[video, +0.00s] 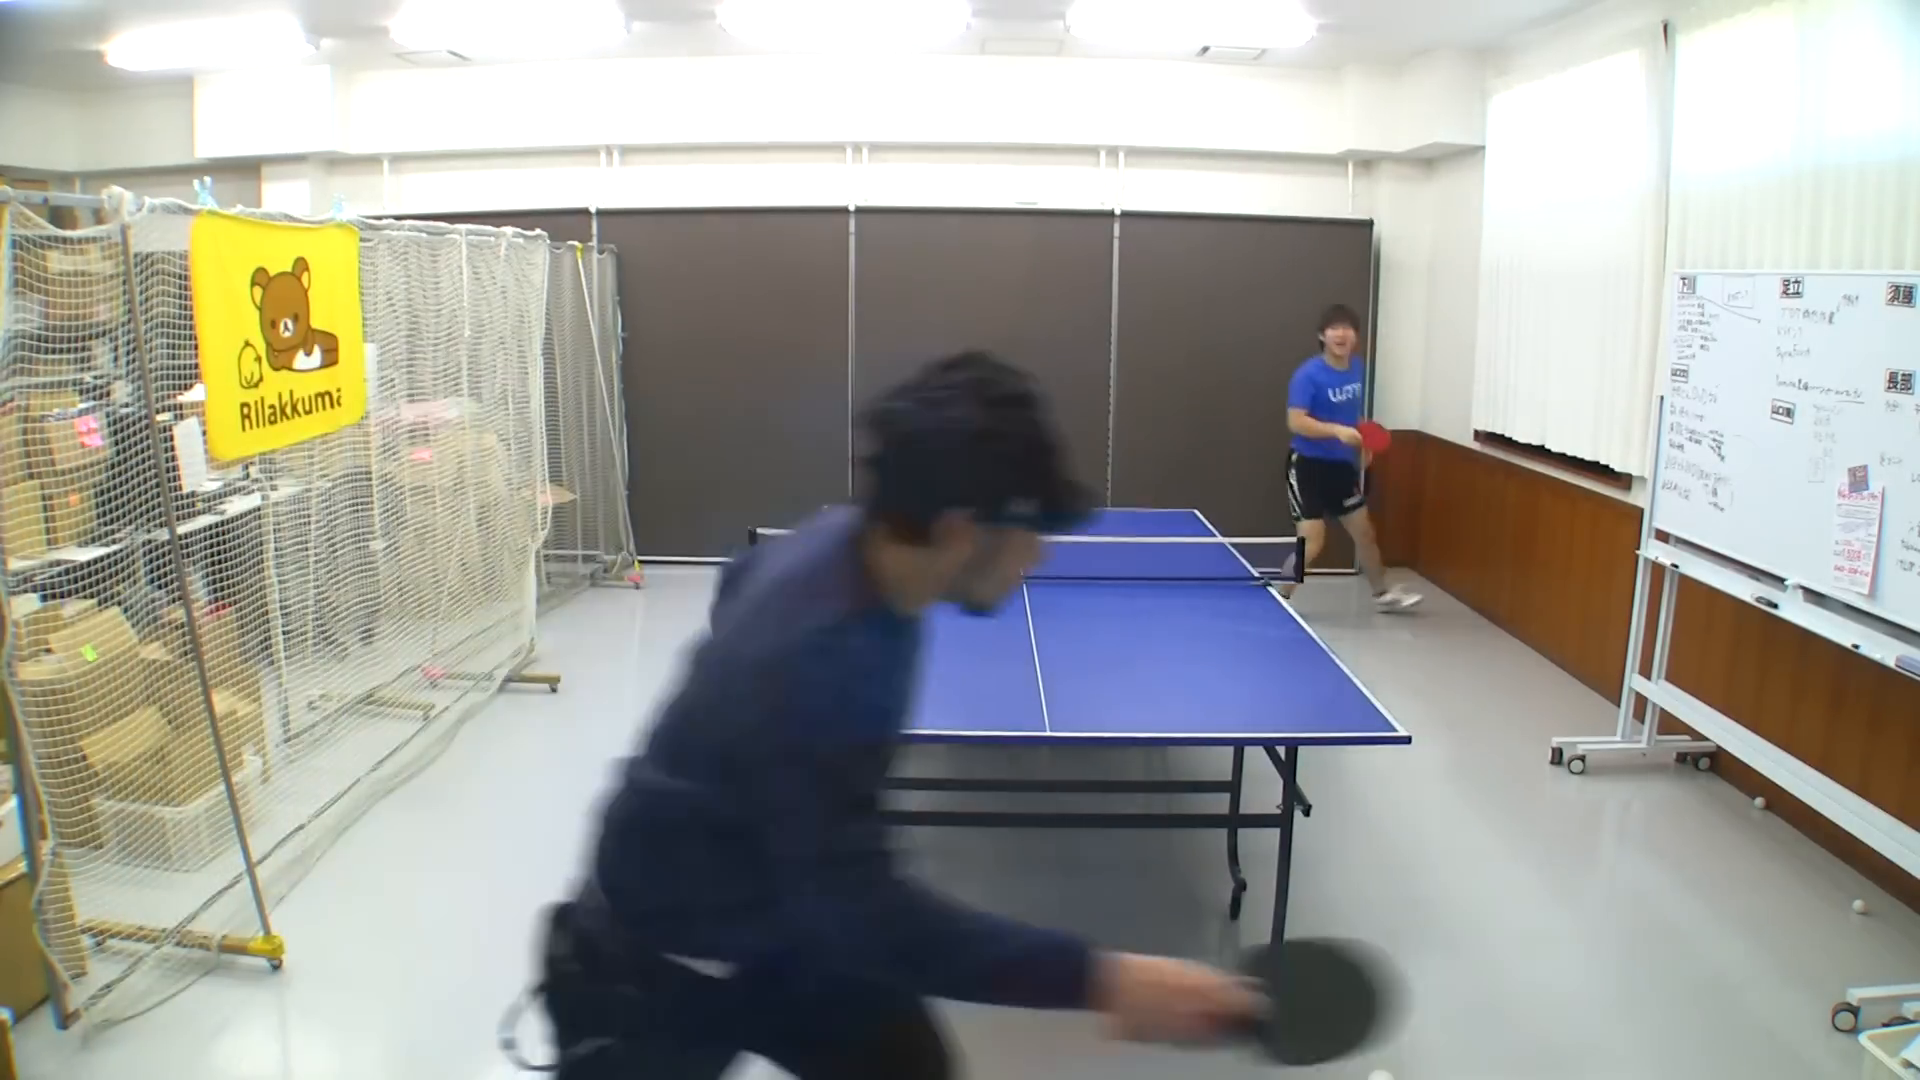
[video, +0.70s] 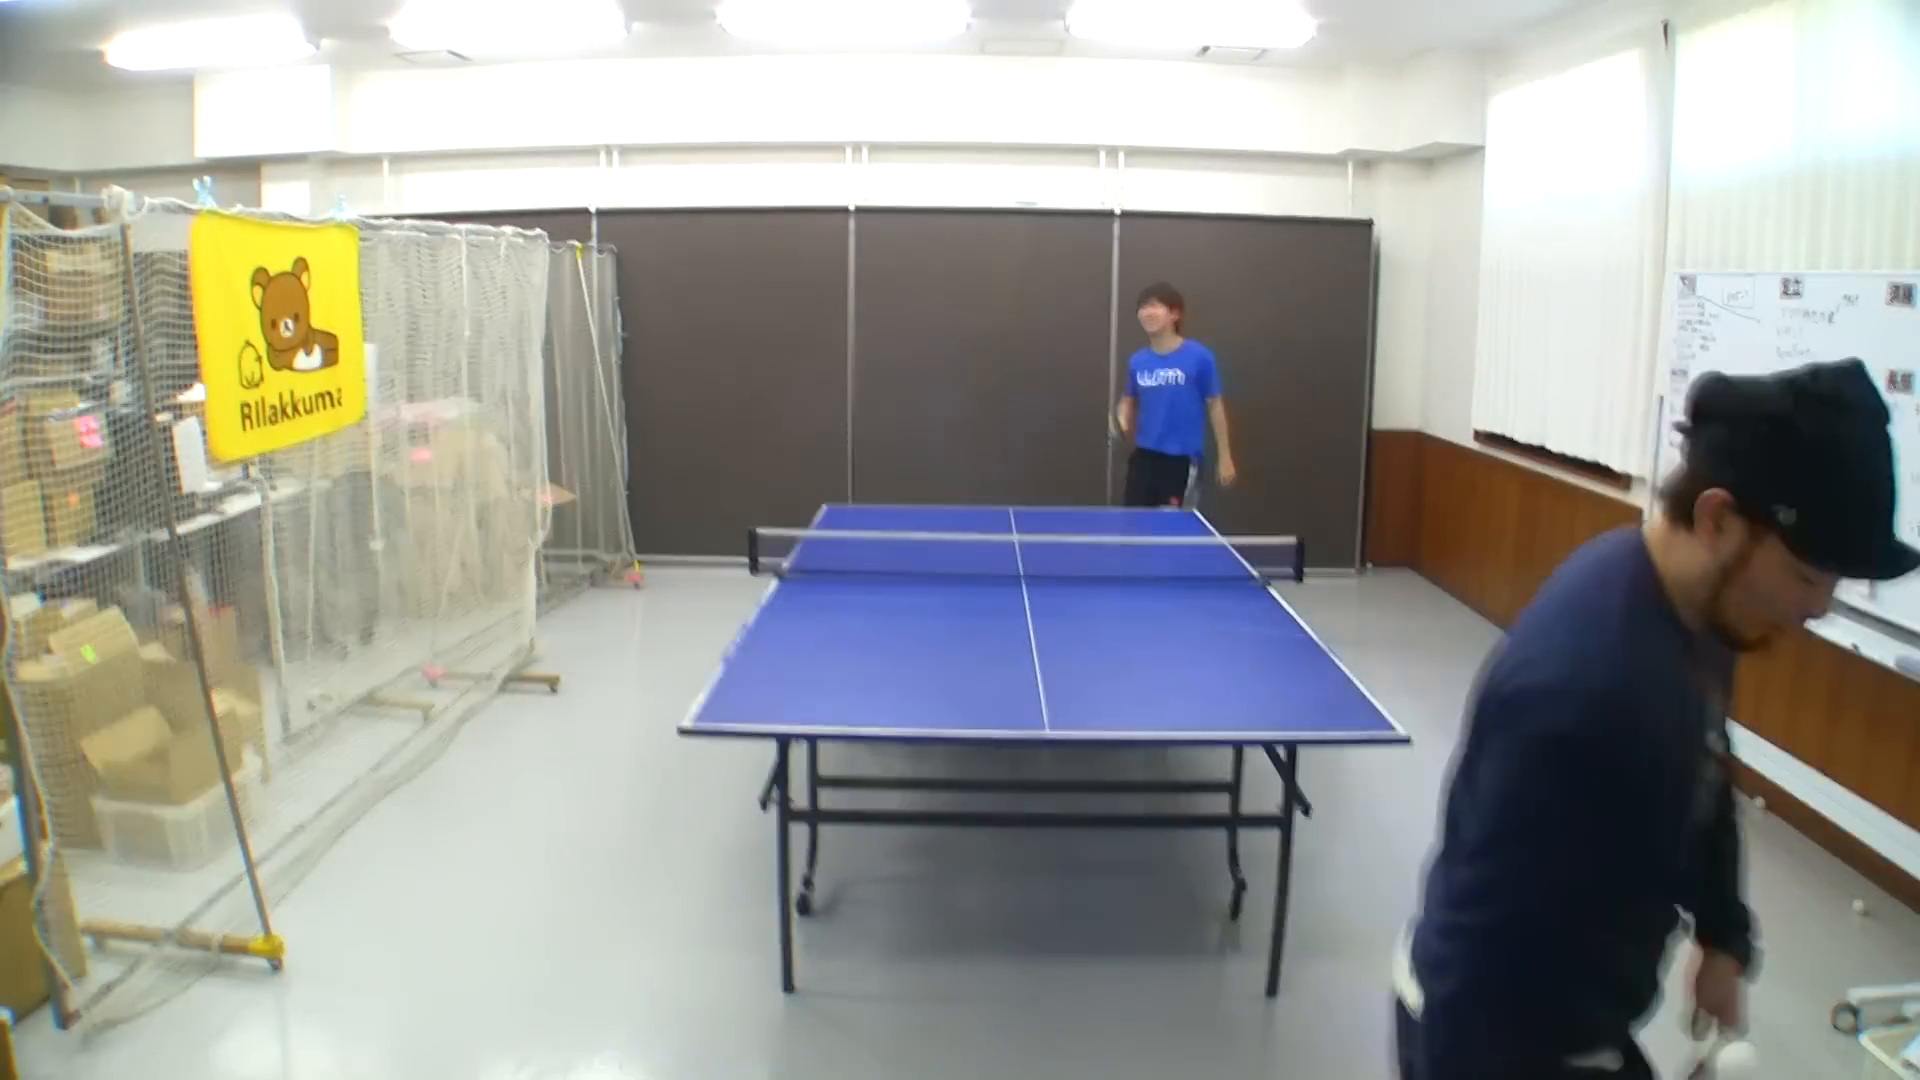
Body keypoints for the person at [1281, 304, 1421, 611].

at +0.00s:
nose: (1341, 335)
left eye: (1347, 329)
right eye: (1334, 328)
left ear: (1356, 336)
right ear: (1322, 335)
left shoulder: (1358, 370)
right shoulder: (1308, 374)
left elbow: (1357, 414)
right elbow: (1295, 421)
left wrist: (1364, 445)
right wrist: (1338, 430)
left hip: (1342, 463)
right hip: (1307, 464)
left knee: (1365, 533)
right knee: (1312, 544)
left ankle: (1382, 593)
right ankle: (1278, 600)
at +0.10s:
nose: (1318, 315)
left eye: (1324, 309)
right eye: (1311, 308)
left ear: (1333, 314)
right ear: (1299, 314)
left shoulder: (1339, 350)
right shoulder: (1281, 355)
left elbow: (1343, 387)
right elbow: (1259, 397)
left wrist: (1364, 420)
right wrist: (1294, 413)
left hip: (1326, 445)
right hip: (1289, 445)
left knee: (1334, 519)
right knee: (1290, 525)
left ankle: (1325, 586)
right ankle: (1278, 590)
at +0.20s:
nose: (1294, 308)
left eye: (1301, 300)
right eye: (1289, 300)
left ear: (1312, 305)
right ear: (1280, 305)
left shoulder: (1324, 341)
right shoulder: (1260, 343)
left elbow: (1337, 379)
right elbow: (1233, 383)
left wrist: (1357, 415)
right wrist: (1258, 409)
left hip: (1309, 436)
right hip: (1270, 436)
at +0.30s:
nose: (1272, 313)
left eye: (1278, 307)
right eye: (1265, 307)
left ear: (1289, 314)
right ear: (1255, 315)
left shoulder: (1306, 351)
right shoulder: (1239, 352)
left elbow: (1317, 386)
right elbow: (1212, 389)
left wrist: (1330, 417)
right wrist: (1223, 418)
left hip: (1283, 444)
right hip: (1244, 441)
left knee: (1275, 529)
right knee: (1229, 522)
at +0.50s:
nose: (1212, 324)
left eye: (1220, 317)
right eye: (1206, 318)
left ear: (1233, 325)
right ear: (1197, 325)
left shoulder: (1252, 366)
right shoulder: (1186, 368)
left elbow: (1263, 413)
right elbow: (1180, 403)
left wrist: (1261, 463)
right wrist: (1173, 427)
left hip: (1233, 466)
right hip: (1192, 462)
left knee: (1236, 538)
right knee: (1172, 526)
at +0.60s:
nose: (1179, 320)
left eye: (1187, 313)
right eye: (1173, 313)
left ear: (1200, 322)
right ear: (1165, 321)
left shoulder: (1222, 363)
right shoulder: (1159, 366)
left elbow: (1235, 412)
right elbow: (1155, 404)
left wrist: (1241, 464)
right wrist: (1147, 426)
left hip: (1202, 465)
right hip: (1164, 462)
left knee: (1199, 537)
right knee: (1149, 529)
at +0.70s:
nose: (1148, 312)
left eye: (1156, 305)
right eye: (1144, 306)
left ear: (1174, 314)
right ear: (1137, 315)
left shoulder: (1199, 357)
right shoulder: (1138, 361)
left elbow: (1215, 405)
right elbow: (1130, 397)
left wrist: (1224, 458)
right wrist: (1124, 413)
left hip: (1181, 456)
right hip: (1145, 454)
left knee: (1170, 526)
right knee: (1133, 524)